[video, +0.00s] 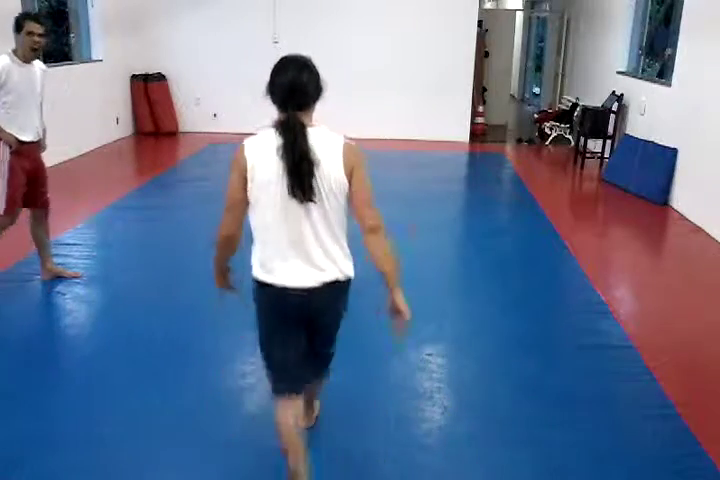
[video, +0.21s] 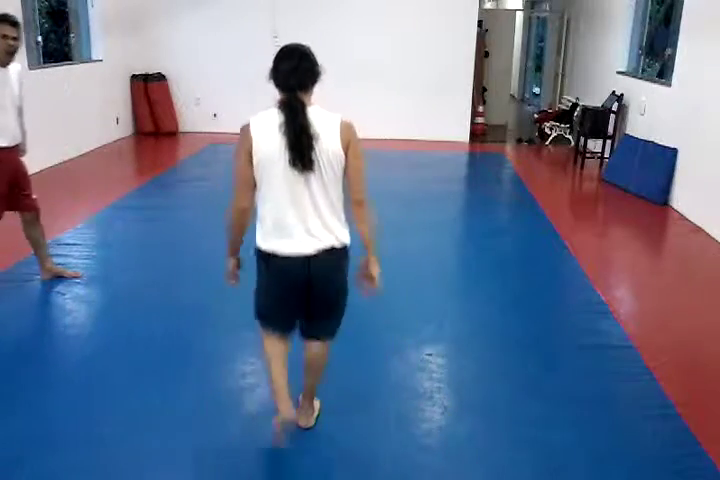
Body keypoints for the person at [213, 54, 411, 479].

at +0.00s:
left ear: (272, 96)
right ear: (317, 95)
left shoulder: (251, 152)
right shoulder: (345, 151)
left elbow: (230, 230)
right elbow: (371, 226)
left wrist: (221, 266)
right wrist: (394, 288)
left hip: (276, 290)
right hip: (330, 287)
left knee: (286, 392)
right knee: (319, 357)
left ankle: (299, 473)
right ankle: (309, 413)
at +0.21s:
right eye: (313, 76)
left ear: (275, 81)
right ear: (315, 80)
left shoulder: (254, 132)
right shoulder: (341, 129)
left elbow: (242, 205)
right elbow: (358, 200)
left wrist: (233, 253)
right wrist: (371, 254)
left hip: (277, 262)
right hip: (328, 261)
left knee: (274, 329)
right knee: (318, 336)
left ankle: (283, 407)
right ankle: (307, 407)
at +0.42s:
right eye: (304, 74)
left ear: (271, 77)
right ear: (309, 77)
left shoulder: (253, 124)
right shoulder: (335, 121)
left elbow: (249, 194)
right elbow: (348, 185)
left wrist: (246, 246)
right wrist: (343, 228)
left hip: (274, 240)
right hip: (322, 242)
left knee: (270, 294)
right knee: (315, 323)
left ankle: (268, 351)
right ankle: (307, 406)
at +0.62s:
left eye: (274, 72)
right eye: (293, 73)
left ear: (265, 76)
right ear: (299, 77)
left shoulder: (247, 120)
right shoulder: (322, 116)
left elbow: (243, 183)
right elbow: (334, 173)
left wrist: (240, 235)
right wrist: (329, 212)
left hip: (267, 225)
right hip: (309, 225)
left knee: (265, 285)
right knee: (309, 296)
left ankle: (274, 341)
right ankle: (309, 376)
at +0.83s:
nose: (292, 69)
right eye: (293, 63)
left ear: (262, 64)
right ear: (294, 65)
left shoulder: (243, 103)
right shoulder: (314, 103)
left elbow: (232, 163)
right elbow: (328, 158)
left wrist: (223, 202)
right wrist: (331, 201)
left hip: (261, 204)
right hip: (301, 202)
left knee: (266, 275)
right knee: (300, 256)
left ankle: (275, 342)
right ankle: (302, 318)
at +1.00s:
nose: (291, 71)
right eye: (294, 66)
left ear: (265, 65)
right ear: (295, 68)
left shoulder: (245, 101)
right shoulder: (312, 103)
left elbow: (230, 153)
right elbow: (324, 156)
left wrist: (219, 180)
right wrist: (332, 202)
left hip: (260, 199)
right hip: (299, 199)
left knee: (266, 267)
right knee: (296, 251)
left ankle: (275, 340)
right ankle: (293, 293)